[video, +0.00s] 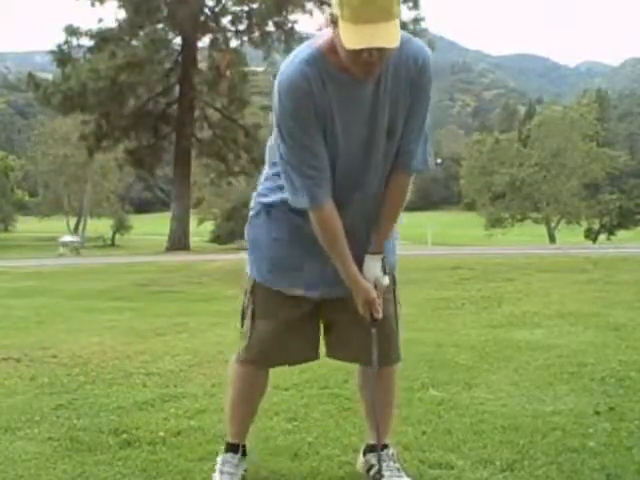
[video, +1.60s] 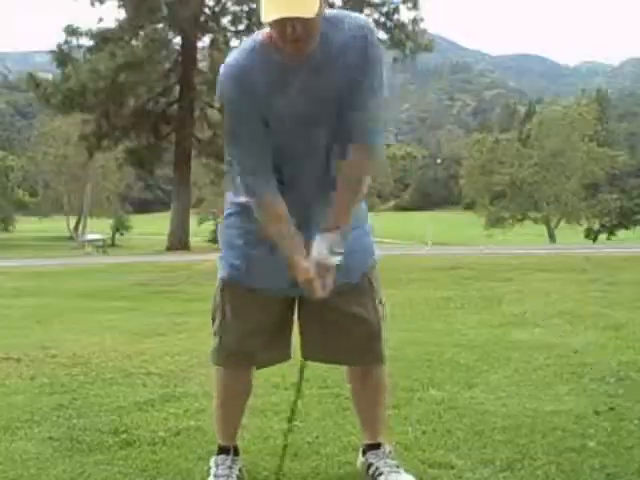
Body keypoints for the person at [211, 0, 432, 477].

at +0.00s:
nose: (371, 57)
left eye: (381, 46)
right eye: (359, 47)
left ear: (395, 28)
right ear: (333, 27)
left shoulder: (413, 63)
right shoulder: (299, 79)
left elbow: (403, 166)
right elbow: (316, 195)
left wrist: (375, 253)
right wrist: (353, 277)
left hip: (368, 227)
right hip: (291, 222)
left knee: (381, 343)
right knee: (259, 344)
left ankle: (379, 453)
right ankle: (233, 454)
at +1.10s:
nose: (351, 48)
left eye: (359, 36)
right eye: (338, 39)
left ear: (374, 19)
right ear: (315, 26)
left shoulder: (397, 46)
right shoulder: (296, 84)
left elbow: (409, 148)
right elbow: (341, 195)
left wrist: (410, 232)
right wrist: (399, 259)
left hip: (372, 223)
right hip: (299, 227)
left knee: (386, 341)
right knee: (265, 347)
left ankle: (379, 452)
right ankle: (229, 455)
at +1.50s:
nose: (307, 37)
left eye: (318, 24)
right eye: (294, 27)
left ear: (336, 10)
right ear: (277, 18)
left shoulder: (365, 32)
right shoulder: (264, 81)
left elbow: (394, 128)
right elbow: (317, 186)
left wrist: (398, 208)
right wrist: (382, 249)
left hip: (346, 217)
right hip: (269, 221)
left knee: (369, 339)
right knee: (241, 348)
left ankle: (378, 455)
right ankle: (226, 457)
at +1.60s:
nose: (292, 31)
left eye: (303, 19)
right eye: (281, 21)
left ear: (322, 10)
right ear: (264, 16)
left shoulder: (357, 39)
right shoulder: (240, 73)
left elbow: (362, 145)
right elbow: (257, 180)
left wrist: (333, 236)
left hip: (340, 216)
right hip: (257, 217)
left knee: (366, 338)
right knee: (236, 344)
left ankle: (376, 453)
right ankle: (226, 457)